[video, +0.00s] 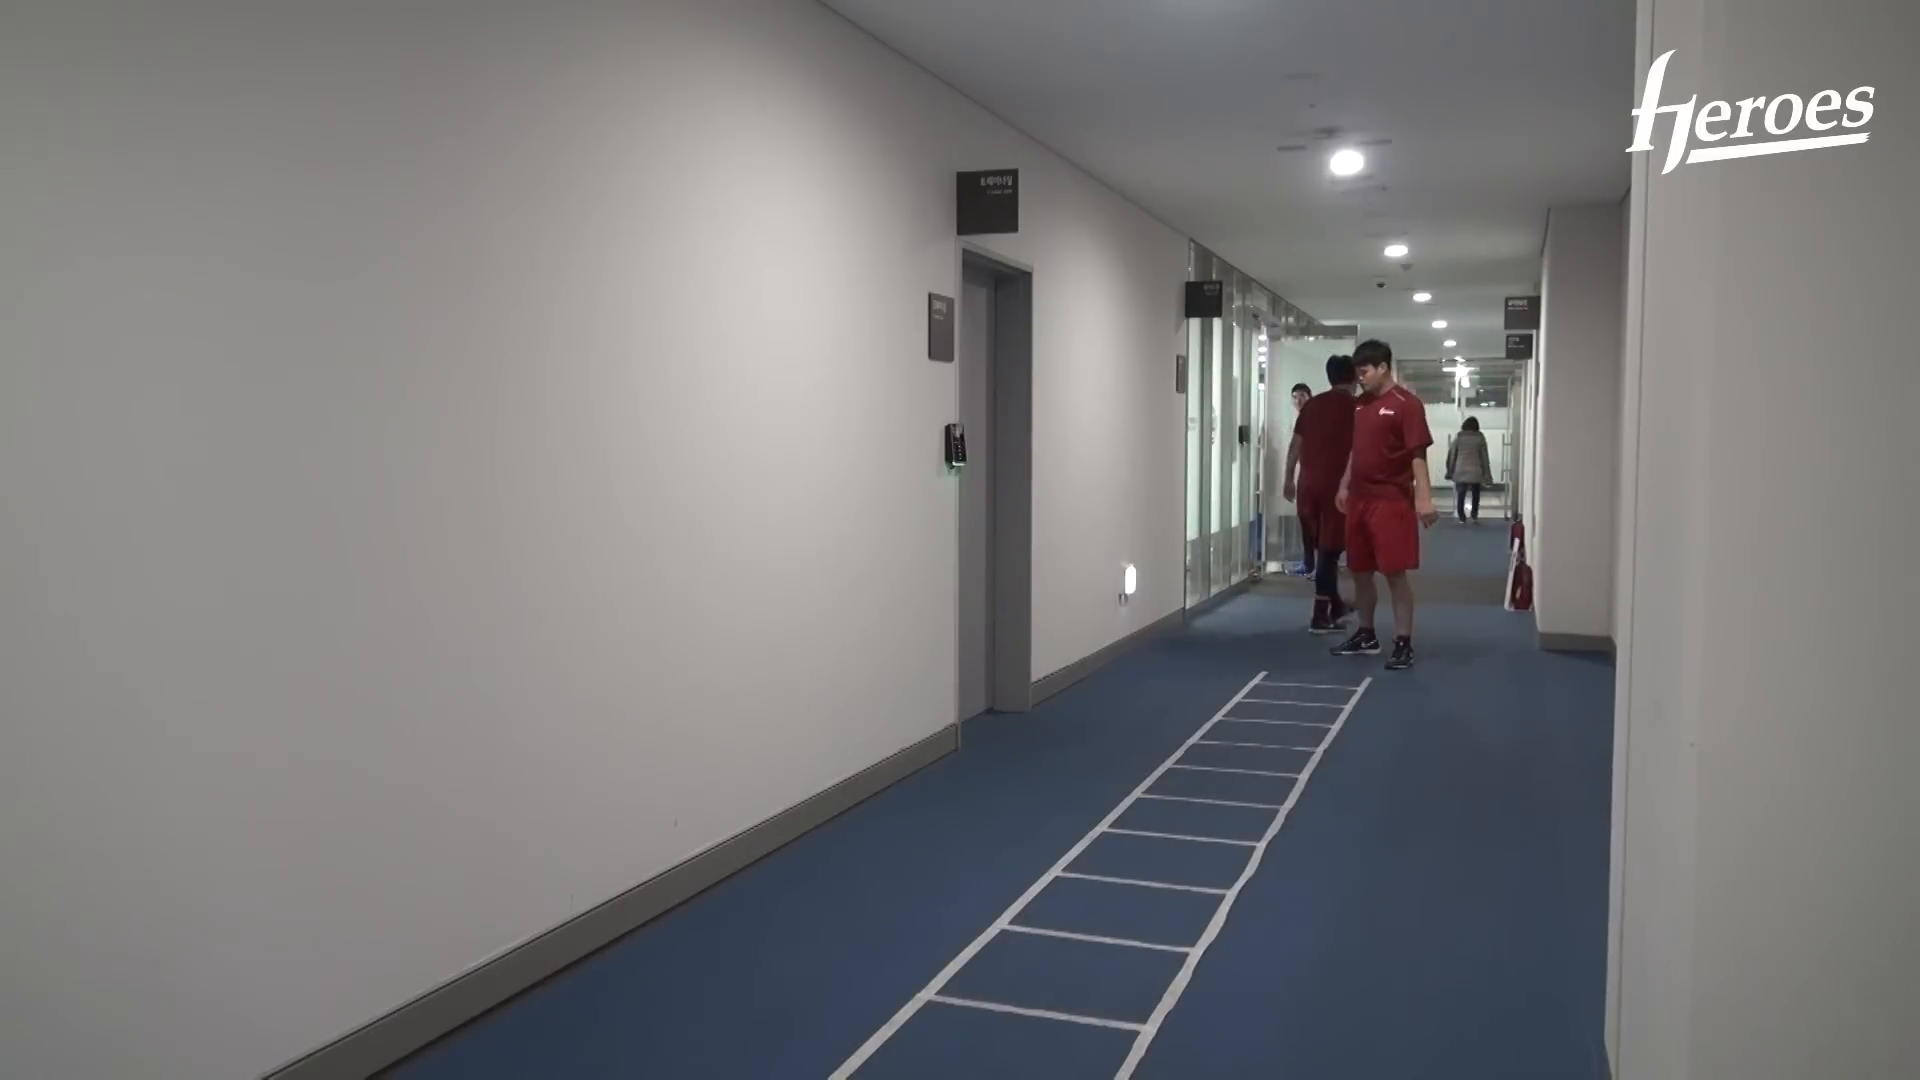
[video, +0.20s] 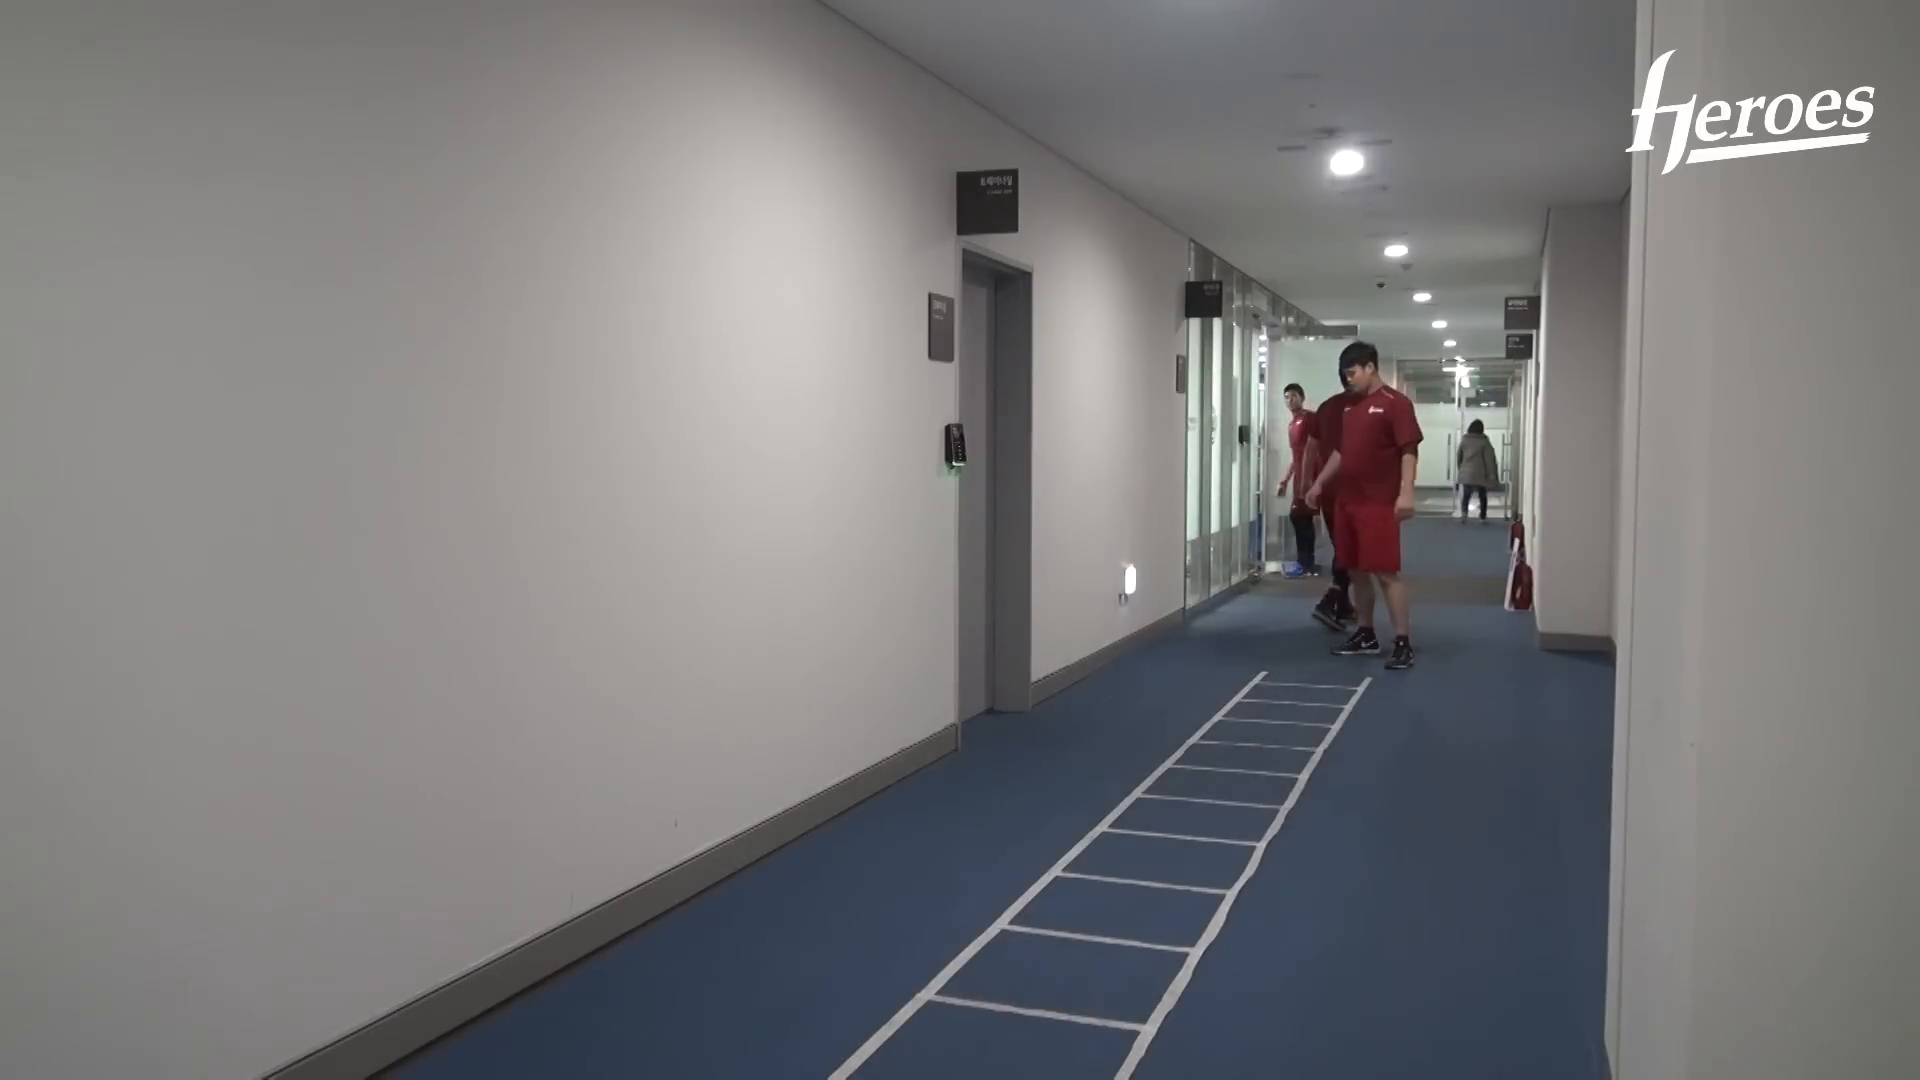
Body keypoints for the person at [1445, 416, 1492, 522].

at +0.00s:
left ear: (1464, 425)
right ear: (1477, 426)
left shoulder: (1459, 437)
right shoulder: (1480, 438)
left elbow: (1452, 455)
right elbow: (1484, 458)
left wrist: (1449, 472)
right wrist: (1487, 475)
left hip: (1461, 469)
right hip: (1475, 469)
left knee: (1461, 494)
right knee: (1476, 495)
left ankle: (1461, 516)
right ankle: (1474, 515)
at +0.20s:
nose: (1482, 429)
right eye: (1482, 428)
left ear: (1470, 427)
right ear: (1481, 428)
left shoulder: (1465, 440)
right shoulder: (1484, 441)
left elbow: (1459, 455)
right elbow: (1490, 459)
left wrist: (1460, 467)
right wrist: (1492, 474)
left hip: (1467, 471)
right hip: (1481, 472)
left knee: (1466, 494)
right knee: (1483, 495)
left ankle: (1464, 514)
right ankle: (1483, 516)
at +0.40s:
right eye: (1486, 425)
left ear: (1474, 424)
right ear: (1486, 425)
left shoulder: (1468, 438)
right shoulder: (1489, 438)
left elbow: (1463, 455)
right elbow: (1495, 456)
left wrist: (1463, 469)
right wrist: (1497, 472)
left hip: (1471, 469)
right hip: (1485, 470)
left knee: (1475, 491)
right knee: (1484, 492)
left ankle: (1475, 511)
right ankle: (1483, 514)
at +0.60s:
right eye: (1486, 426)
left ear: (1476, 426)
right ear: (1487, 427)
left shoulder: (1470, 438)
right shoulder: (1490, 438)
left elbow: (1464, 454)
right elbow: (1495, 455)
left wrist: (1460, 468)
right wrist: (1497, 469)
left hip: (1473, 468)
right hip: (1486, 468)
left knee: (1477, 490)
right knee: (1484, 490)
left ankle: (1480, 512)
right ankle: (1483, 513)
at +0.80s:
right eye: (1484, 425)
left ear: (1474, 425)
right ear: (1486, 426)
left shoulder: (1470, 438)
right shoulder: (1489, 438)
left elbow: (1463, 455)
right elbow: (1494, 458)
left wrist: (1461, 472)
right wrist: (1494, 473)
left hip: (1472, 470)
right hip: (1485, 470)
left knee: (1477, 492)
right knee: (1486, 489)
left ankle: (1481, 514)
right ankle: (1487, 507)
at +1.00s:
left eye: (1476, 425)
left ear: (1473, 426)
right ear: (1484, 427)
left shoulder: (1468, 438)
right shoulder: (1487, 439)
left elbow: (1463, 452)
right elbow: (1493, 456)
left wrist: (1465, 461)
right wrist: (1495, 470)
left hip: (1470, 466)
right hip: (1483, 467)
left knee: (1476, 488)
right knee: (1483, 488)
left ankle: (1481, 511)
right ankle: (1483, 510)